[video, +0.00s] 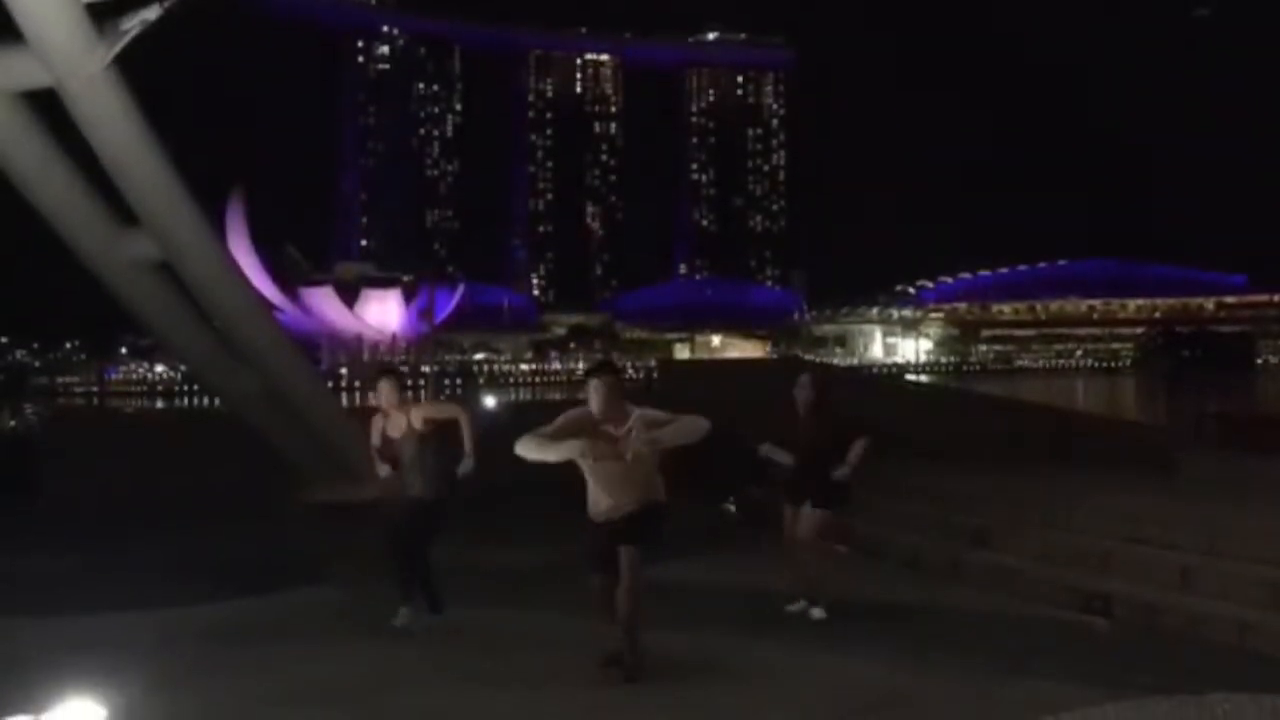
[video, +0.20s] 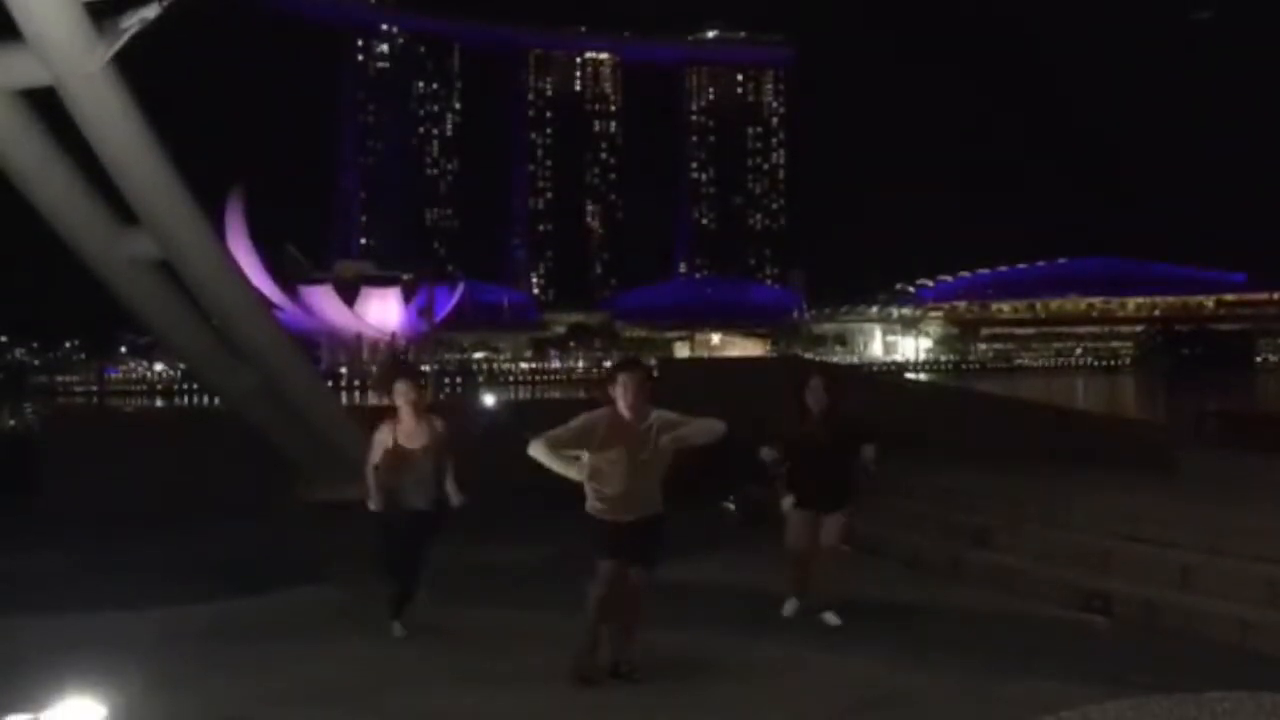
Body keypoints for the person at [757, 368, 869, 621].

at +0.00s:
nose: (799, 394)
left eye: (805, 389)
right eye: (798, 388)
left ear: (817, 392)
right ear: (794, 391)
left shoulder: (827, 419)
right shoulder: (795, 422)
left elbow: (861, 437)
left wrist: (848, 466)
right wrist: (772, 452)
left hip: (824, 484)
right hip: (799, 483)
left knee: (807, 539)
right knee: (792, 540)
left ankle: (820, 599)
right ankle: (803, 596)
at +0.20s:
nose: (815, 397)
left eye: (820, 391)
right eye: (810, 391)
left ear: (829, 395)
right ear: (804, 394)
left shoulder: (842, 425)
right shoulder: (796, 424)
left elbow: (857, 460)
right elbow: (786, 462)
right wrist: (786, 492)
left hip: (836, 493)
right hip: (802, 493)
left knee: (830, 551)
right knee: (796, 549)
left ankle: (828, 604)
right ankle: (795, 597)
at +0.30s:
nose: (820, 404)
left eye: (824, 398)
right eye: (815, 398)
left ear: (832, 400)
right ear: (809, 400)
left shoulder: (841, 427)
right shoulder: (797, 428)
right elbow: (778, 461)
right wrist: (785, 496)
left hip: (835, 497)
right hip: (804, 497)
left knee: (834, 554)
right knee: (801, 554)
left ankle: (826, 606)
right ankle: (791, 609)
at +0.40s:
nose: (814, 392)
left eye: (819, 387)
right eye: (810, 387)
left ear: (828, 390)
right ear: (804, 390)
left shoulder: (839, 419)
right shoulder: (800, 419)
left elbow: (855, 459)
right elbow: (777, 453)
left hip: (834, 487)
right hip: (801, 489)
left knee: (837, 548)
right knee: (806, 548)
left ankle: (826, 606)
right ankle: (797, 613)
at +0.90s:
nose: (818, 391)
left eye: (823, 385)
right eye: (813, 385)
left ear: (830, 387)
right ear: (806, 386)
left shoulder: (839, 413)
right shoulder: (795, 413)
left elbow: (860, 440)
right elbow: (775, 454)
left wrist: (862, 467)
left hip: (836, 487)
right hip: (802, 489)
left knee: (844, 546)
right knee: (805, 551)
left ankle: (843, 606)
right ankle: (797, 618)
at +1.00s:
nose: (820, 394)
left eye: (825, 388)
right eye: (816, 388)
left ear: (834, 391)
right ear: (810, 391)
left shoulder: (847, 422)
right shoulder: (800, 422)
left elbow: (862, 461)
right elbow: (789, 464)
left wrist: (859, 492)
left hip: (839, 495)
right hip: (806, 495)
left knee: (841, 552)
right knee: (800, 552)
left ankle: (843, 610)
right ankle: (788, 615)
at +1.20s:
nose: (817, 400)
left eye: (822, 394)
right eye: (813, 394)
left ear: (832, 398)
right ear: (808, 398)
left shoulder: (843, 428)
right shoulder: (799, 427)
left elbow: (856, 464)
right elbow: (773, 456)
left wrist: (829, 465)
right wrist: (753, 474)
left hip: (834, 498)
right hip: (800, 495)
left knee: (831, 554)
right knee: (789, 549)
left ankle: (841, 609)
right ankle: (781, 602)